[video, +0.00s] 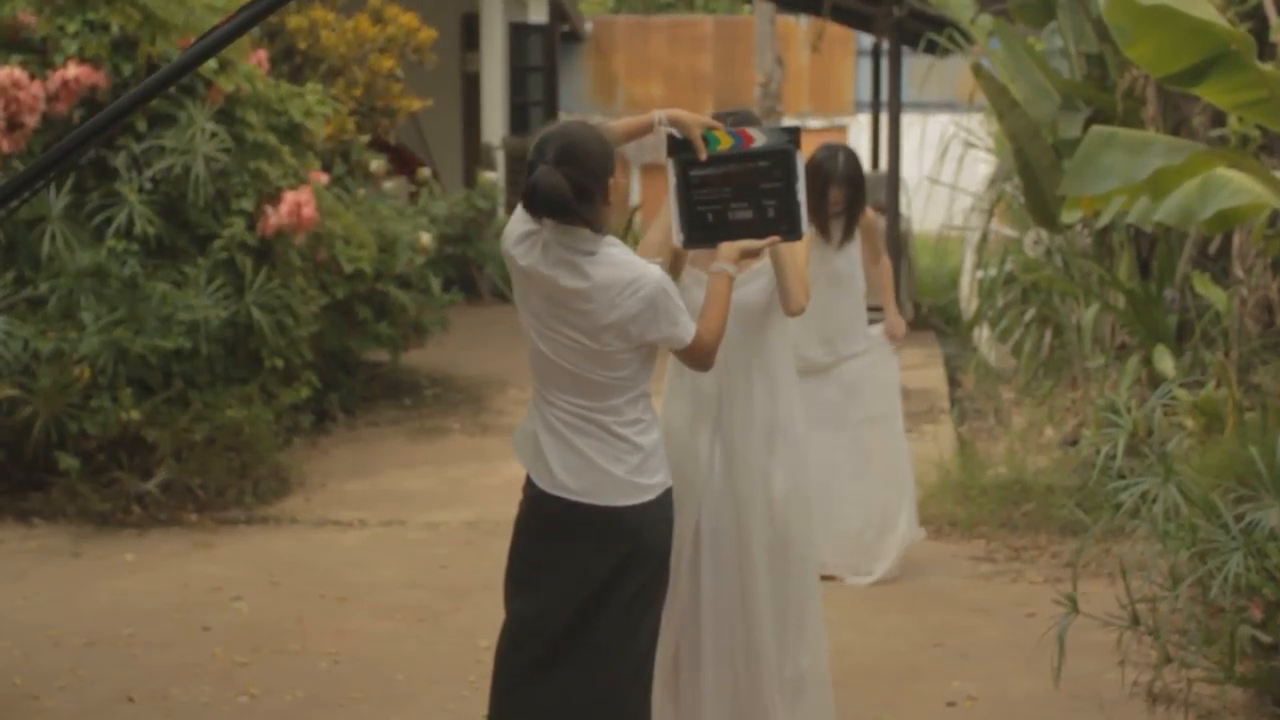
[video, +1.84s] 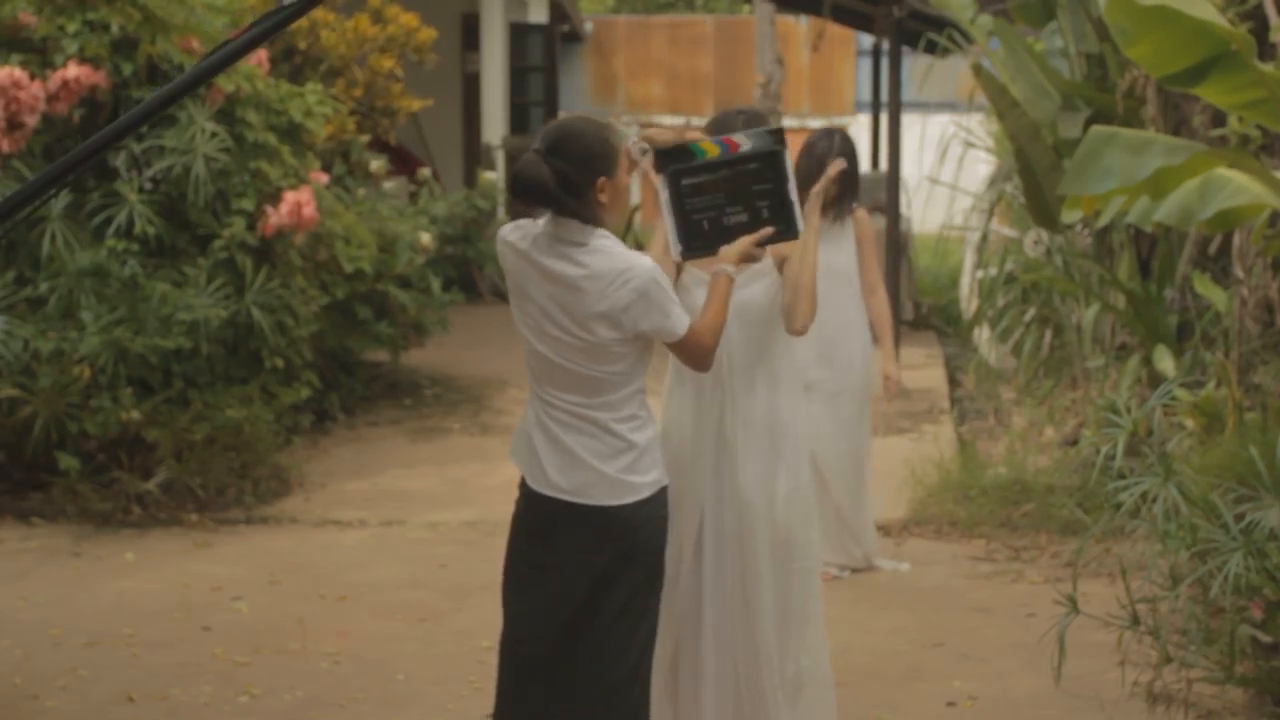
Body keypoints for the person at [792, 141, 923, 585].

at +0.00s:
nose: (834, 200)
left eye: (842, 191)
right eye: (825, 192)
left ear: (855, 190)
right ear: (810, 191)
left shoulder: (867, 224)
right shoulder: (796, 226)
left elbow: (878, 262)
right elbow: (776, 276)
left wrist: (890, 310)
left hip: (852, 353)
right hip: (800, 357)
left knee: (854, 453)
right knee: (804, 455)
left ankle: (853, 551)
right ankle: (809, 554)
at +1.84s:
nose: (832, 183)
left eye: (841, 175)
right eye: (824, 174)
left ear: (850, 176)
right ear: (805, 173)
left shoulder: (857, 220)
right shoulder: (786, 221)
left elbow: (873, 288)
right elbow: (771, 293)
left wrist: (888, 354)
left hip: (845, 353)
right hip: (795, 354)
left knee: (844, 450)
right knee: (802, 451)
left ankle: (850, 547)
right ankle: (812, 552)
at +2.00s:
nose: (830, 174)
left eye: (837, 164)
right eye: (819, 164)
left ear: (848, 163)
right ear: (800, 164)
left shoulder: (855, 210)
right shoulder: (782, 210)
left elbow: (871, 285)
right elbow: (770, 280)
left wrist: (882, 353)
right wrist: (775, 346)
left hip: (844, 345)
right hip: (794, 343)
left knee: (841, 444)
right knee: (799, 444)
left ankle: (848, 545)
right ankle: (806, 549)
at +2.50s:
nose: (815, 159)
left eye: (825, 151)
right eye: (807, 150)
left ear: (840, 160)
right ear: (793, 159)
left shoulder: (858, 218)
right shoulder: (779, 218)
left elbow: (871, 288)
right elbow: (769, 290)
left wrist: (871, 349)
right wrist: (773, 351)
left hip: (846, 348)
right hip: (793, 348)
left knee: (851, 447)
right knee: (800, 445)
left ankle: (852, 545)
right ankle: (807, 547)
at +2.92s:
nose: (816, 169)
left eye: (824, 160)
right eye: (807, 160)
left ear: (838, 166)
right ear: (793, 169)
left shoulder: (850, 208)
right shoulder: (782, 214)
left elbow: (865, 220)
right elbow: (759, 213)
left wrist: (838, 157)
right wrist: (786, 158)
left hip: (847, 336)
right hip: (796, 336)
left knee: (851, 435)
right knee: (803, 437)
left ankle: (853, 541)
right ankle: (810, 545)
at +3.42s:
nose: (812, 147)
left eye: (823, 141)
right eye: (805, 140)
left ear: (839, 158)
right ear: (791, 155)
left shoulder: (851, 209)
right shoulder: (776, 209)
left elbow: (872, 235)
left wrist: (853, 180)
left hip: (845, 335)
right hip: (791, 335)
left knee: (846, 437)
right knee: (795, 434)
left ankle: (849, 543)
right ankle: (802, 544)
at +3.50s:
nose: (811, 148)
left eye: (821, 142)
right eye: (804, 141)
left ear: (839, 159)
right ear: (791, 156)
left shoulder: (848, 209)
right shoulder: (776, 208)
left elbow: (884, 222)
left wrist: (853, 176)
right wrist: (773, 174)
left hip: (845, 334)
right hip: (792, 335)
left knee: (847, 436)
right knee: (798, 435)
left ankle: (851, 543)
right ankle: (805, 545)